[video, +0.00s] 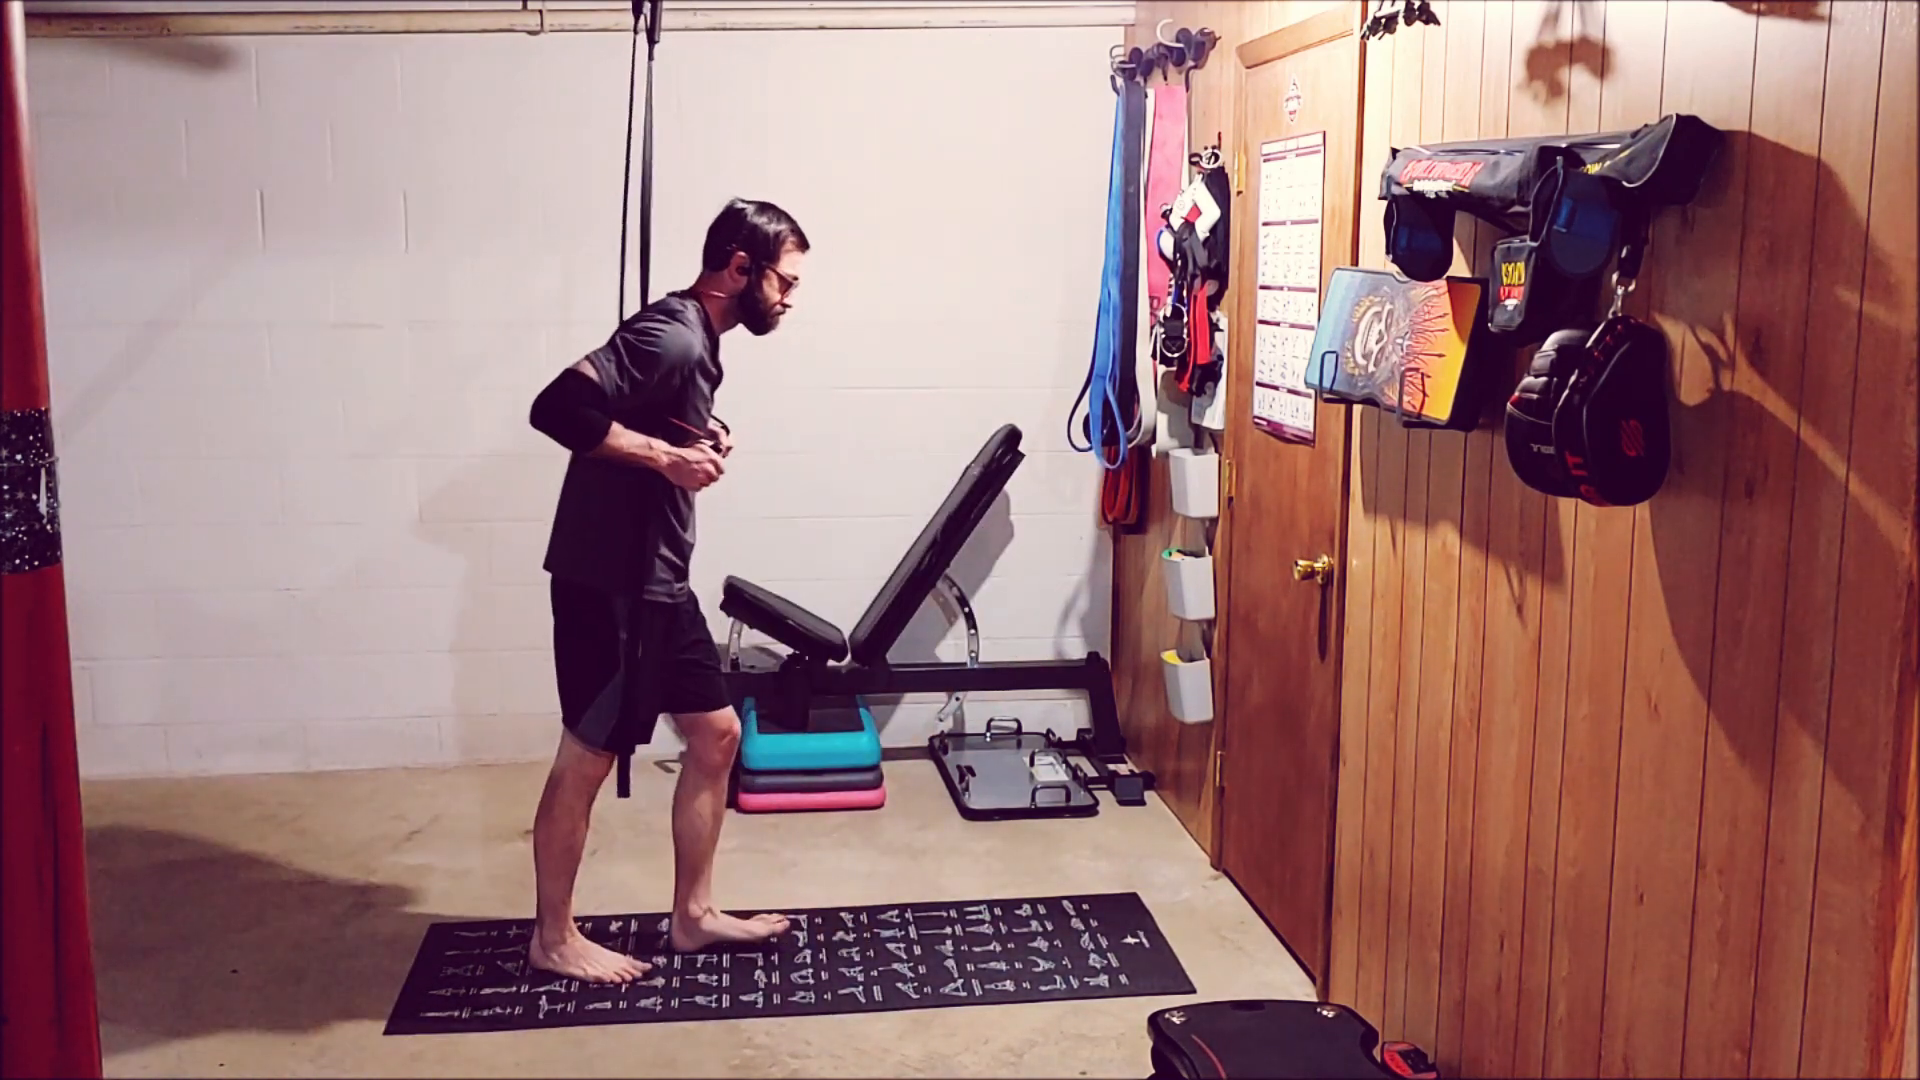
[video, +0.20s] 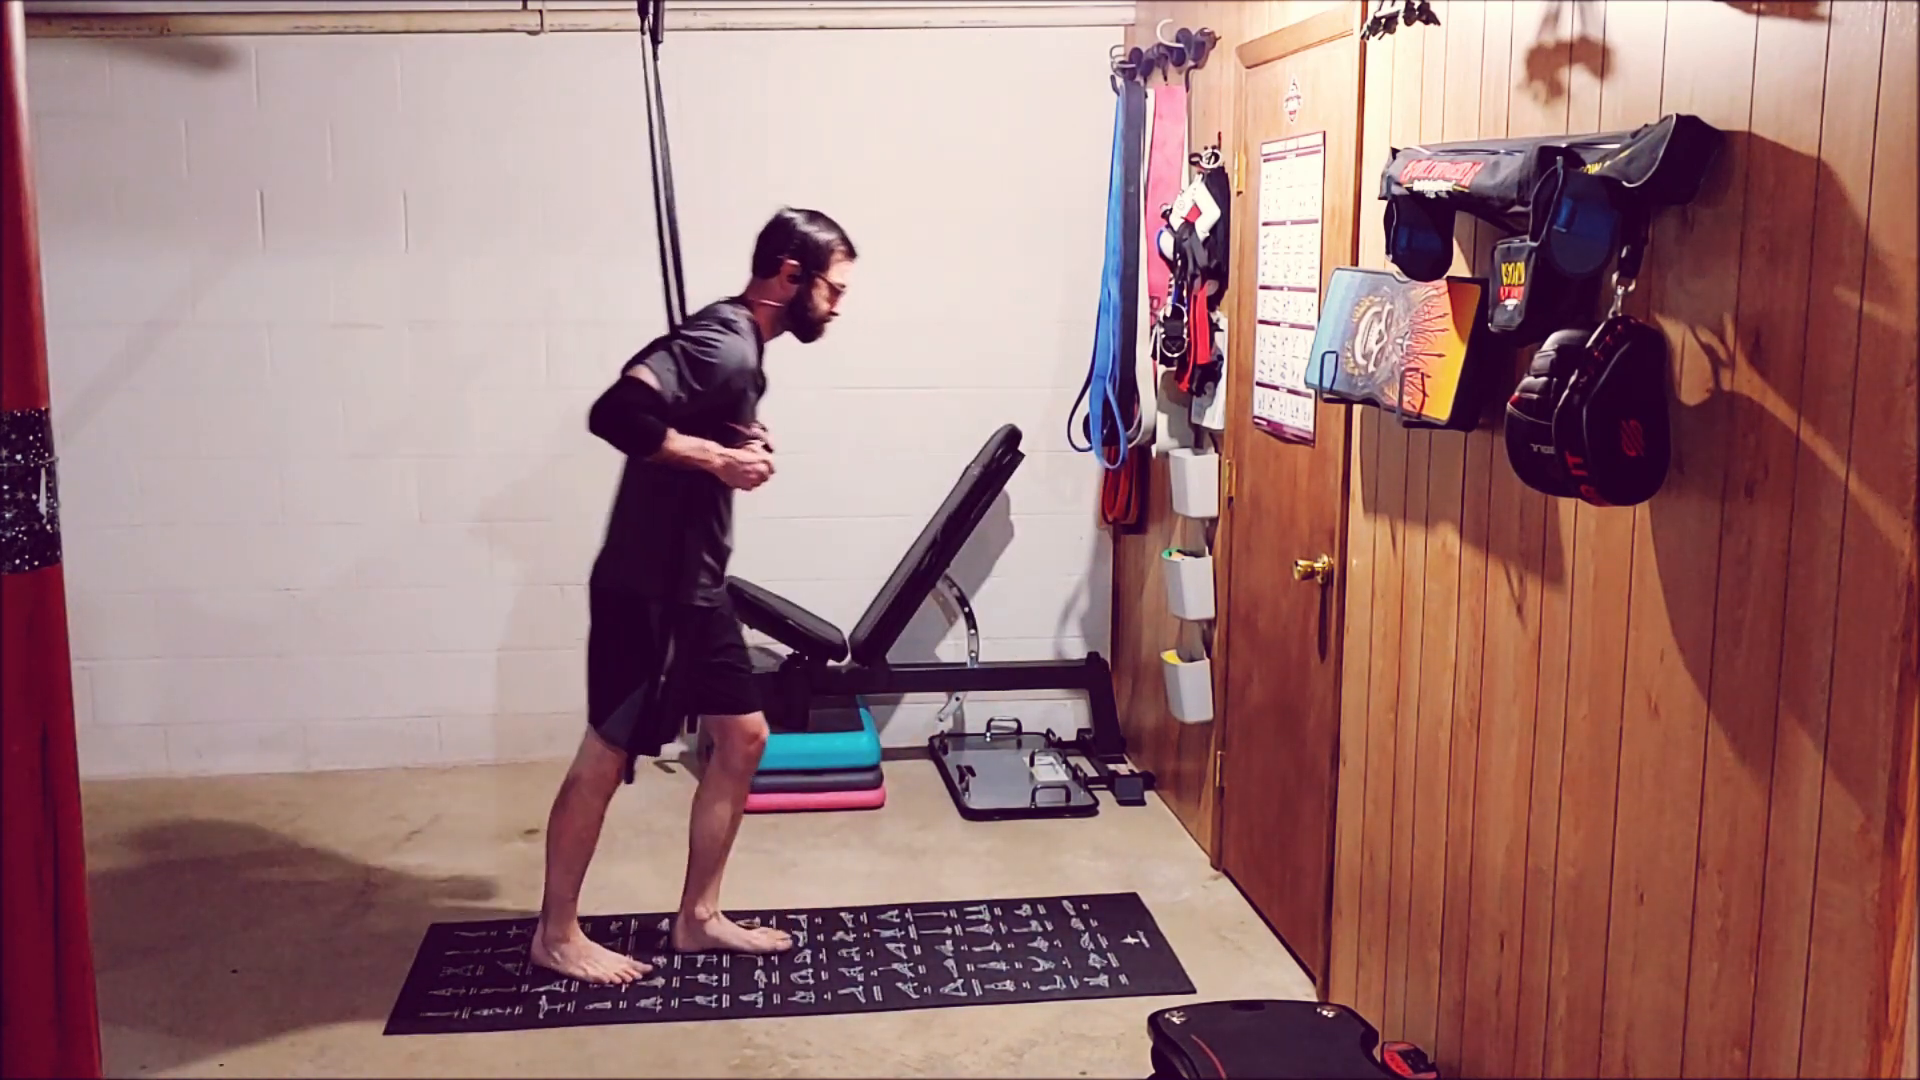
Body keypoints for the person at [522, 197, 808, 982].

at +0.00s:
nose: (790, 300)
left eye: (793, 285)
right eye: (786, 282)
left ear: (741, 270)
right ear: (738, 268)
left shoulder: (701, 341)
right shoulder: (668, 331)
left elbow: (649, 418)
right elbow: (559, 407)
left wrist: (701, 437)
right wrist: (663, 453)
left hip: (662, 580)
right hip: (605, 579)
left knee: (716, 733)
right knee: (589, 754)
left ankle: (694, 913)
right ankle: (553, 938)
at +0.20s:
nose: (838, 307)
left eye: (842, 292)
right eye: (833, 290)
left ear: (787, 278)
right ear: (787, 275)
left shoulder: (744, 347)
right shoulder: (716, 339)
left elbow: (683, 425)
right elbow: (615, 413)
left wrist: (741, 442)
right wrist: (717, 457)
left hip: (696, 581)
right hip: (643, 581)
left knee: (742, 736)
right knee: (606, 755)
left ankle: (700, 916)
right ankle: (556, 934)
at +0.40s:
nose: (906, 306)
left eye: (910, 291)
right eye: (903, 289)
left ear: (855, 279)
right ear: (857, 278)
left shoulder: (811, 348)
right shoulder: (790, 338)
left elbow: (724, 417)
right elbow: (688, 406)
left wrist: (802, 438)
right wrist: (791, 446)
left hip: (757, 582)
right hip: (716, 581)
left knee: (776, 743)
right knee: (687, 752)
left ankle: (703, 915)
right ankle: (568, 917)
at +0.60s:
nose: (974, 301)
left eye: (978, 286)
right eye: (969, 284)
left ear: (920, 274)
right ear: (925, 271)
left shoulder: (875, 335)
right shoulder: (863, 327)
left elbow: (778, 392)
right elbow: (756, 389)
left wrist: (873, 415)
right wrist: (859, 422)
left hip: (805, 574)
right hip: (793, 576)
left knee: (787, 743)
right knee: (849, 747)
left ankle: (704, 909)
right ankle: (691, 863)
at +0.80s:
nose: (1037, 287)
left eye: (1042, 273)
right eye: (1034, 269)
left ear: (982, 256)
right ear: (991, 257)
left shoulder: (927, 301)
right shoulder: (930, 307)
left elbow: (826, 320)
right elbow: (817, 369)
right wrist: (921, 390)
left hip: (867, 546)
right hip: (882, 553)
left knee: (842, 716)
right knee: (936, 726)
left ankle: (730, 878)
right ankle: (840, 892)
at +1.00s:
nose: (1066, 282)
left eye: (1073, 268)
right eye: (1068, 263)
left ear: (1025, 237)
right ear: (1030, 238)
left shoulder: (966, 283)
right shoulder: (963, 277)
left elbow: (854, 303)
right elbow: (863, 329)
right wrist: (966, 363)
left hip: (971, 528)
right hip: (933, 533)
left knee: (1063, 632)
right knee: (942, 722)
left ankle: (904, 702)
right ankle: (847, 886)